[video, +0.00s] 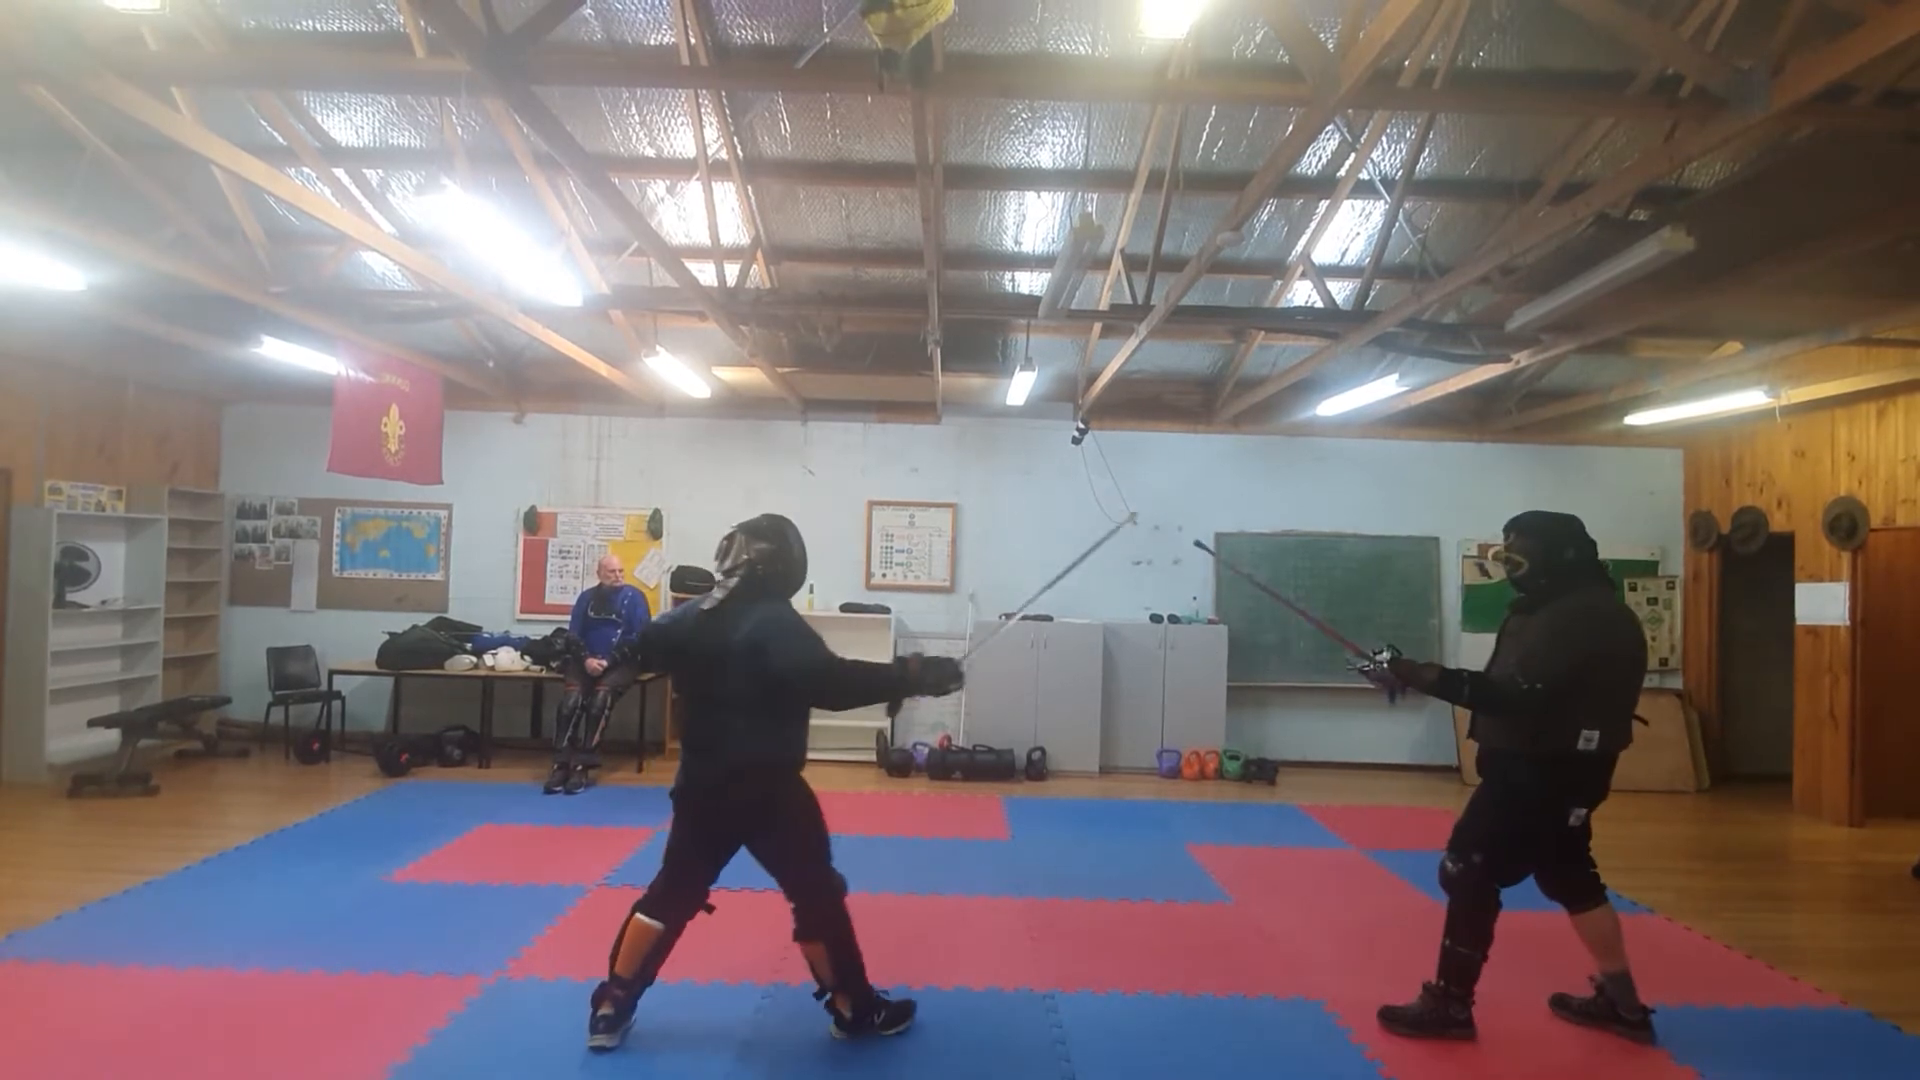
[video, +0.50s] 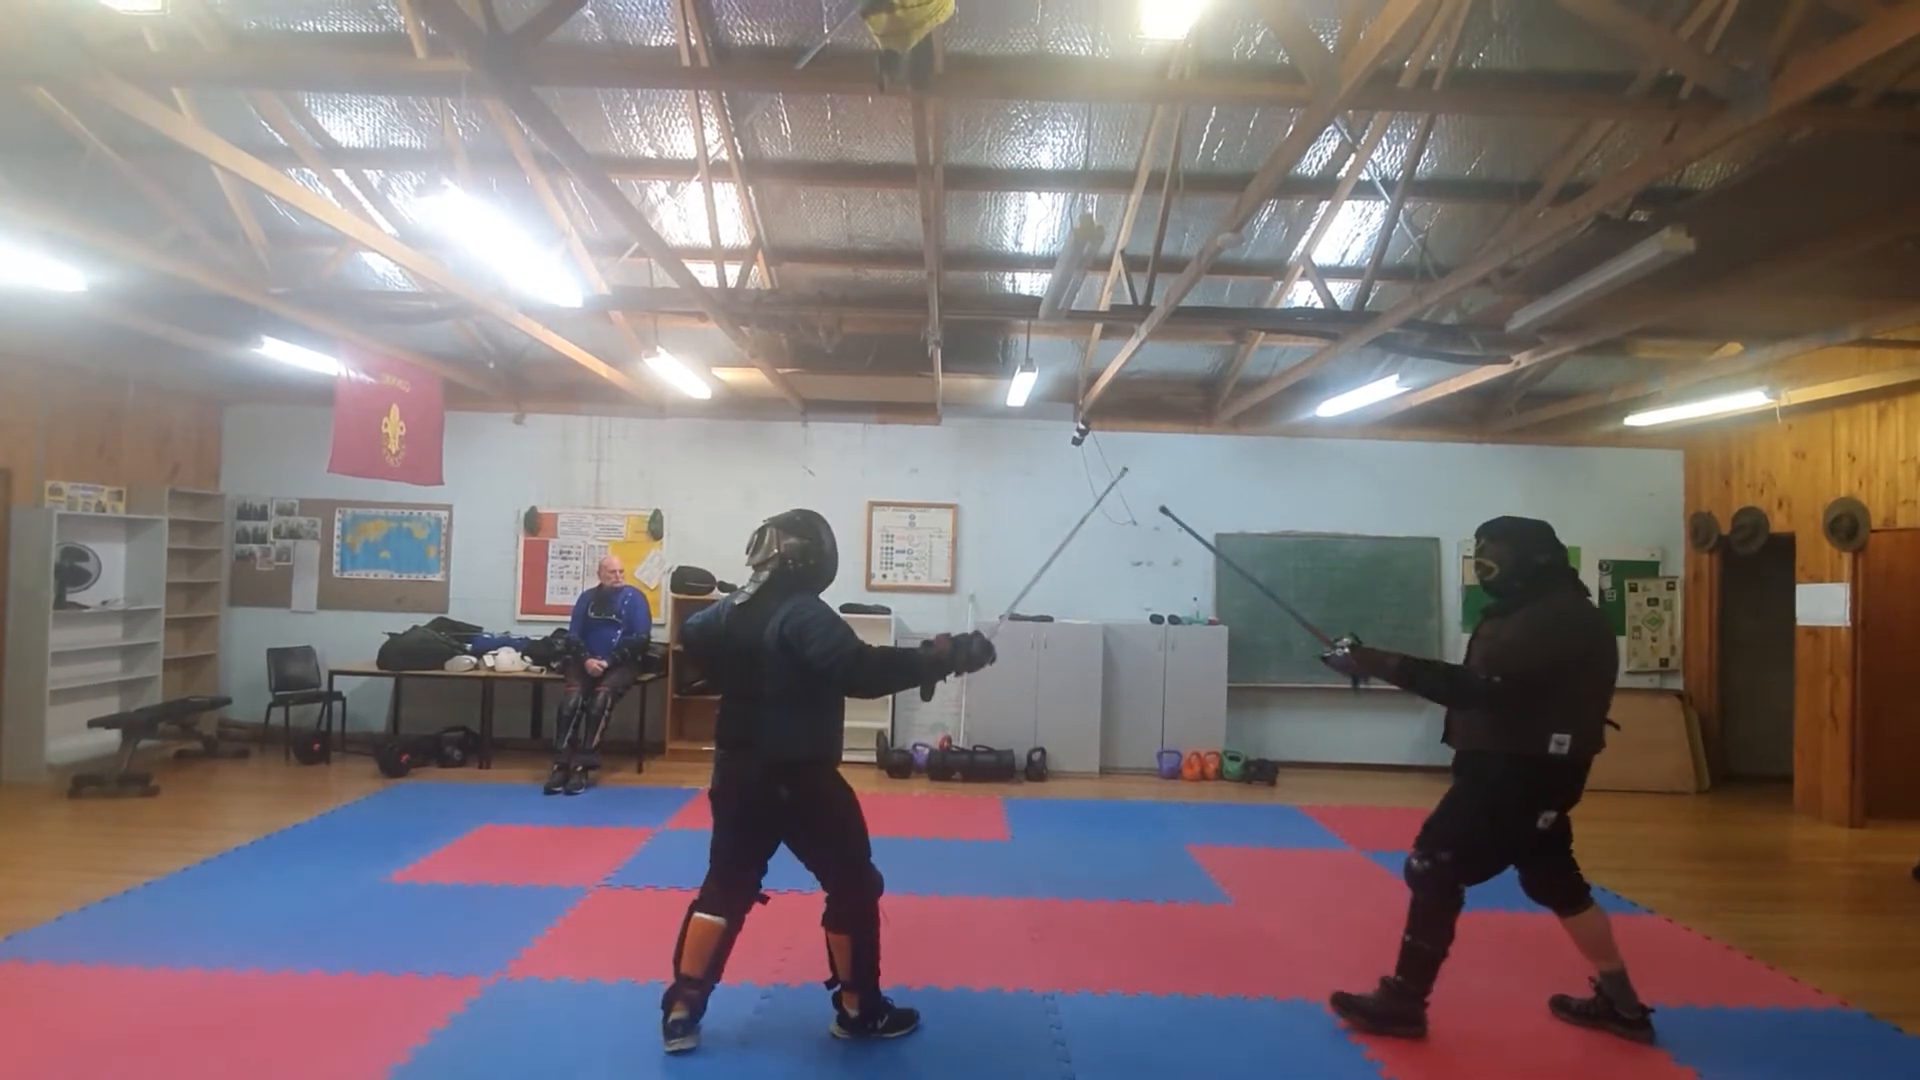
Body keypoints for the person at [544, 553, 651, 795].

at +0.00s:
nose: (618, 576)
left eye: (621, 572)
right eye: (612, 572)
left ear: (624, 572)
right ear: (599, 573)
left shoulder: (634, 597)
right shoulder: (586, 597)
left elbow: (637, 636)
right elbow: (573, 635)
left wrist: (609, 660)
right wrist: (585, 658)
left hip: (619, 662)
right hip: (585, 659)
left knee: (601, 696)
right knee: (572, 697)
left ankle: (581, 768)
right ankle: (560, 765)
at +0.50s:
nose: (618, 577)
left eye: (621, 572)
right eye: (612, 572)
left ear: (624, 573)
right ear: (599, 574)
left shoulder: (634, 598)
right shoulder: (587, 597)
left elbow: (640, 639)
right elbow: (573, 636)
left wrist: (608, 661)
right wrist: (585, 659)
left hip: (619, 663)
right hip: (585, 660)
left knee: (601, 696)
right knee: (572, 697)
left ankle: (581, 768)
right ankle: (560, 766)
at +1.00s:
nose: (617, 576)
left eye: (621, 571)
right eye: (612, 572)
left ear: (624, 572)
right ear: (599, 573)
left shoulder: (634, 597)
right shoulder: (586, 597)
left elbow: (638, 636)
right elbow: (573, 634)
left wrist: (608, 660)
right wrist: (585, 658)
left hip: (619, 661)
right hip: (585, 659)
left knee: (601, 695)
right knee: (572, 695)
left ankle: (581, 767)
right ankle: (560, 765)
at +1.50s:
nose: (618, 577)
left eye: (621, 572)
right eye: (612, 572)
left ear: (624, 573)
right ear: (599, 573)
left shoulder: (634, 598)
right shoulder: (587, 597)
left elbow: (638, 637)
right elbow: (574, 635)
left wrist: (609, 661)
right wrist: (585, 659)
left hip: (619, 662)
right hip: (585, 659)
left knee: (601, 697)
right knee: (572, 696)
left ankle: (582, 768)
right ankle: (560, 765)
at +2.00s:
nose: (618, 576)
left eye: (621, 572)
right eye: (613, 572)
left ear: (624, 573)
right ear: (600, 573)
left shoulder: (635, 598)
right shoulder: (587, 598)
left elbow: (639, 637)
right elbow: (574, 636)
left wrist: (609, 661)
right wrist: (586, 659)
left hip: (620, 662)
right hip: (586, 660)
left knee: (601, 698)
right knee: (572, 698)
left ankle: (582, 768)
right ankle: (561, 766)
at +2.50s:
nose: (618, 577)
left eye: (621, 572)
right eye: (613, 572)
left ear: (624, 573)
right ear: (600, 573)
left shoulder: (634, 598)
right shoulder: (587, 598)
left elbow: (640, 637)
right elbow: (574, 635)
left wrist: (609, 660)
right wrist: (586, 659)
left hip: (621, 662)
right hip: (586, 659)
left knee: (601, 697)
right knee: (572, 698)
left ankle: (582, 768)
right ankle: (561, 765)